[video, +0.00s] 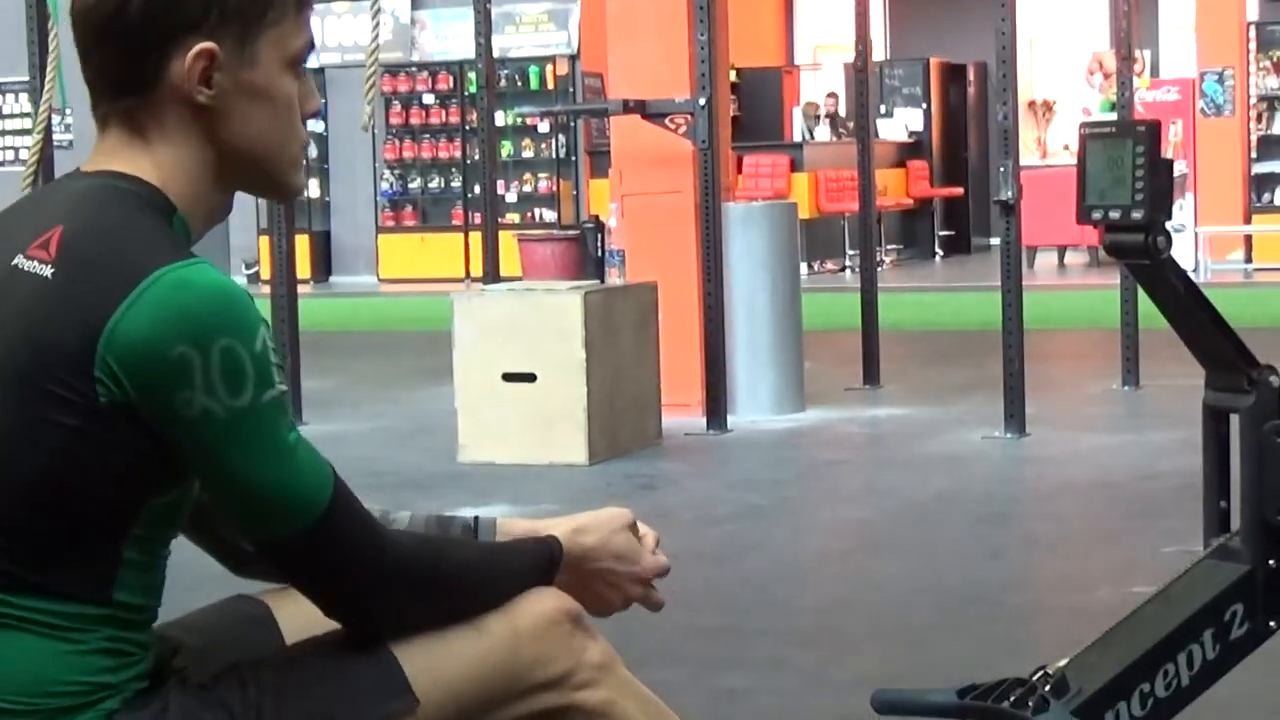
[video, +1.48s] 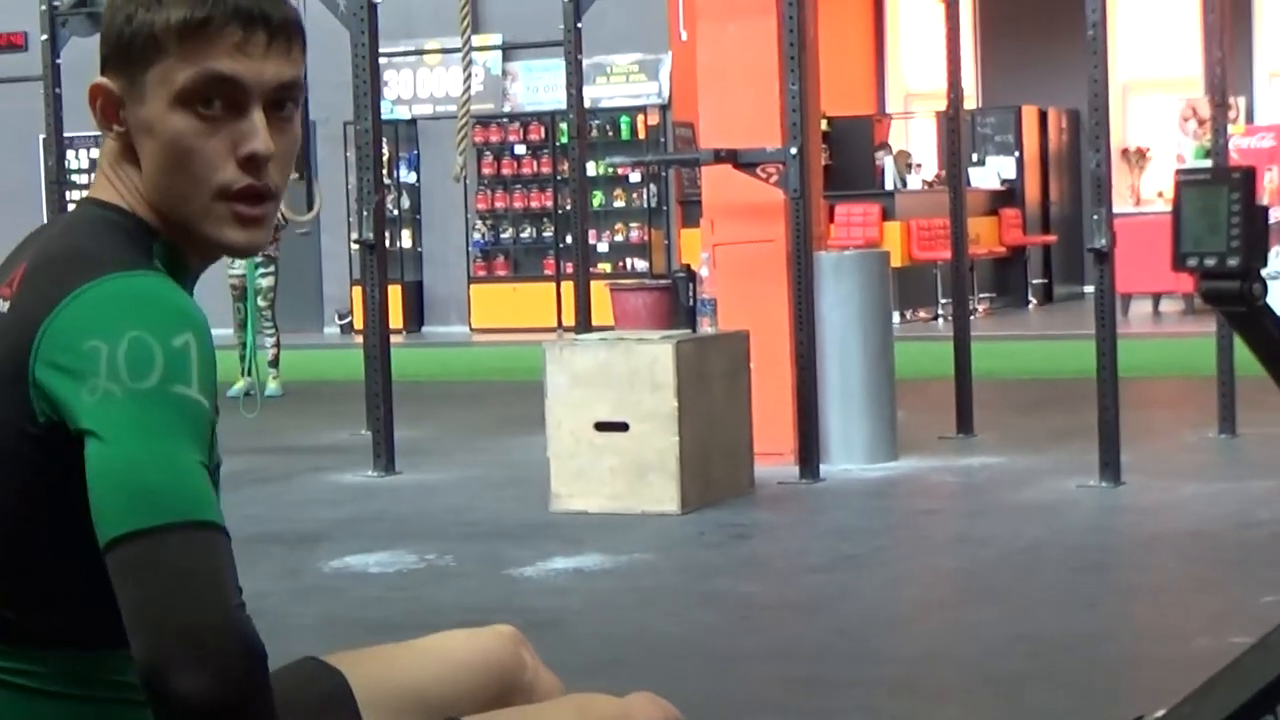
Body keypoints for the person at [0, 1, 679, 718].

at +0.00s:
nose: (315, 101)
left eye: (307, 69)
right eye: (296, 67)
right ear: (203, 75)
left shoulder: (50, 233)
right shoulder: (179, 302)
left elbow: (256, 542)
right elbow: (375, 586)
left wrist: (523, 547)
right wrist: (558, 559)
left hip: (55, 678)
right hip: (100, 708)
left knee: (342, 597)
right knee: (549, 639)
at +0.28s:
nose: (295, 87)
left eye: (287, 56)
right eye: (273, 53)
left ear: (172, 73)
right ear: (178, 69)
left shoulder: (43, 233)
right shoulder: (189, 291)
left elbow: (271, 540)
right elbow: (420, 580)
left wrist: (527, 543)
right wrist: (600, 548)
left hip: (48, 683)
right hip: (121, 709)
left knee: (390, 601)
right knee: (588, 636)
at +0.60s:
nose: (303, 93)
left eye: (293, 59)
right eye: (276, 59)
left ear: (164, 85)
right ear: (169, 80)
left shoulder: (44, 234)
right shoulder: (198, 295)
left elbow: (256, 555)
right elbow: (428, 585)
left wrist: (517, 576)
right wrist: (600, 592)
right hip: (124, 703)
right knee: (602, 665)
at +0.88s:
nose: (299, 119)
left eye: (307, 85)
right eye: (250, 82)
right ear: (138, 95)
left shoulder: (83, 247)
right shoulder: (155, 301)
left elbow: (104, 575)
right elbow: (281, 673)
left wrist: (308, 601)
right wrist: (459, 640)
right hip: (99, 703)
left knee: (410, 590)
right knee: (593, 692)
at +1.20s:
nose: (287, 137)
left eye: (305, 102)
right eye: (238, 94)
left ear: (322, 116)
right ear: (139, 106)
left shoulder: (97, 255)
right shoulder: (145, 295)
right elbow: (130, 622)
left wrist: (206, 697)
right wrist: (213, 711)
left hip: (75, 688)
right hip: (86, 701)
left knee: (472, 653)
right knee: (620, 707)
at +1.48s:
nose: (263, 148)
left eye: (281, 106)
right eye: (214, 104)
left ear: (301, 115)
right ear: (115, 117)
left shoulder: (60, 262)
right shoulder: (132, 309)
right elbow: (200, 670)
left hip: (68, 693)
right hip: (123, 712)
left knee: (502, 659)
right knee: (645, 708)